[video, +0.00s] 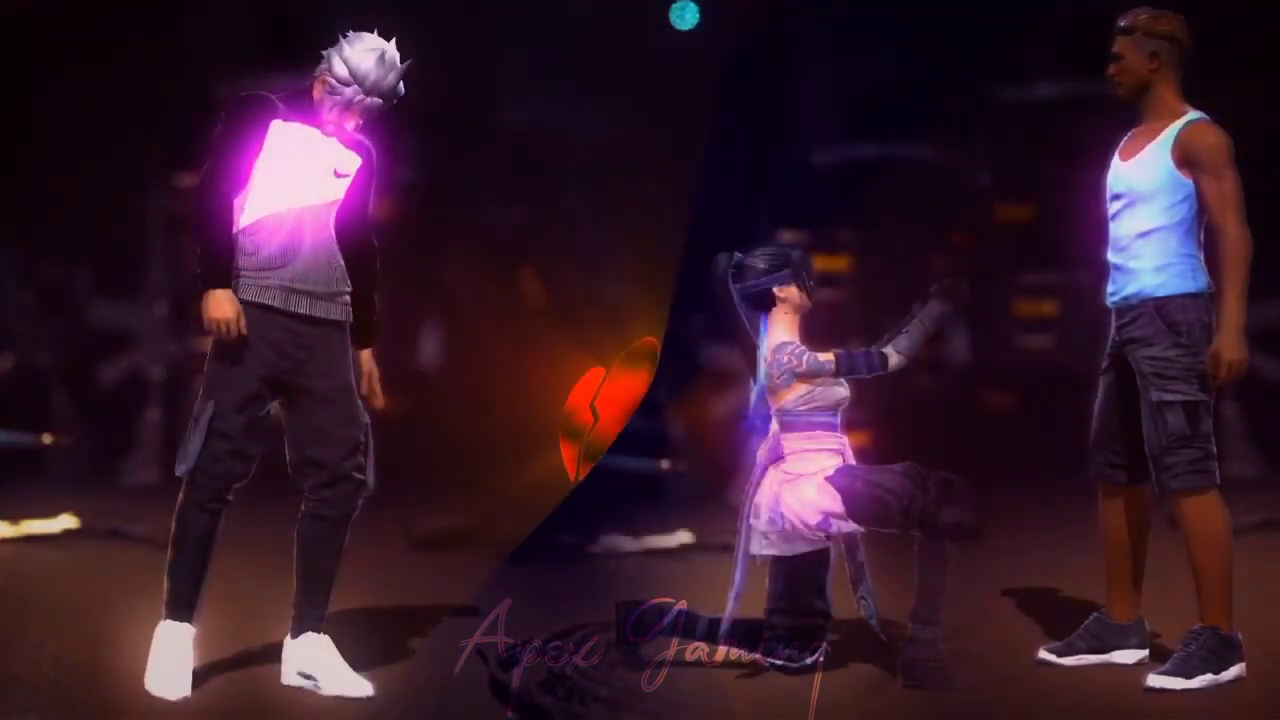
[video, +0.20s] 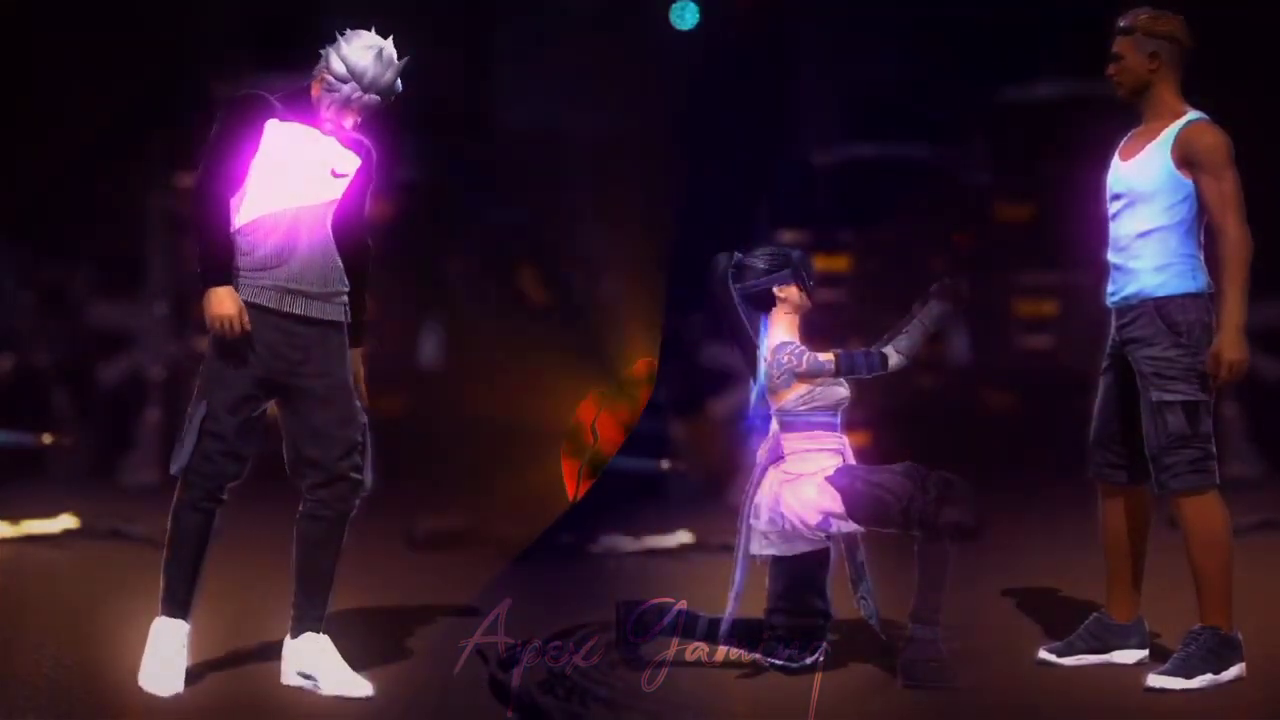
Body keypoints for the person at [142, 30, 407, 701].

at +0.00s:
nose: (352, 119)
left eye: (366, 110)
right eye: (347, 101)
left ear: (377, 107)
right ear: (323, 82)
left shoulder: (370, 153)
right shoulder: (258, 118)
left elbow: (367, 251)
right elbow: (214, 197)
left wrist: (365, 342)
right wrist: (216, 282)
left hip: (329, 335)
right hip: (253, 321)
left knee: (338, 480)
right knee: (214, 472)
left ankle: (307, 638)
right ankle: (177, 627)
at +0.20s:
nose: (348, 116)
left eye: (362, 108)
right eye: (341, 98)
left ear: (375, 107)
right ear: (319, 82)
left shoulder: (369, 157)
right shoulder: (257, 122)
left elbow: (361, 255)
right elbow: (213, 197)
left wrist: (353, 345)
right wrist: (217, 279)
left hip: (325, 333)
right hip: (250, 319)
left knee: (334, 479)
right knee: (208, 473)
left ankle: (307, 637)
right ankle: (172, 625)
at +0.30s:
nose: (344, 115)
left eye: (359, 107)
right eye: (338, 96)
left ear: (372, 107)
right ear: (315, 81)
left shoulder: (364, 154)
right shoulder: (251, 118)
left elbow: (358, 227)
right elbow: (208, 198)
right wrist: (218, 277)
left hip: (319, 331)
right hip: (244, 318)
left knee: (333, 478)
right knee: (203, 471)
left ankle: (306, 637)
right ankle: (169, 623)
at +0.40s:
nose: (343, 114)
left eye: (358, 106)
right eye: (336, 95)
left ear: (371, 105)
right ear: (314, 81)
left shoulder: (365, 154)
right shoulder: (252, 115)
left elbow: (351, 233)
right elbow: (207, 196)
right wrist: (217, 277)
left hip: (317, 332)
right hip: (242, 320)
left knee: (332, 478)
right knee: (201, 471)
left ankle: (306, 637)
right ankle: (168, 623)